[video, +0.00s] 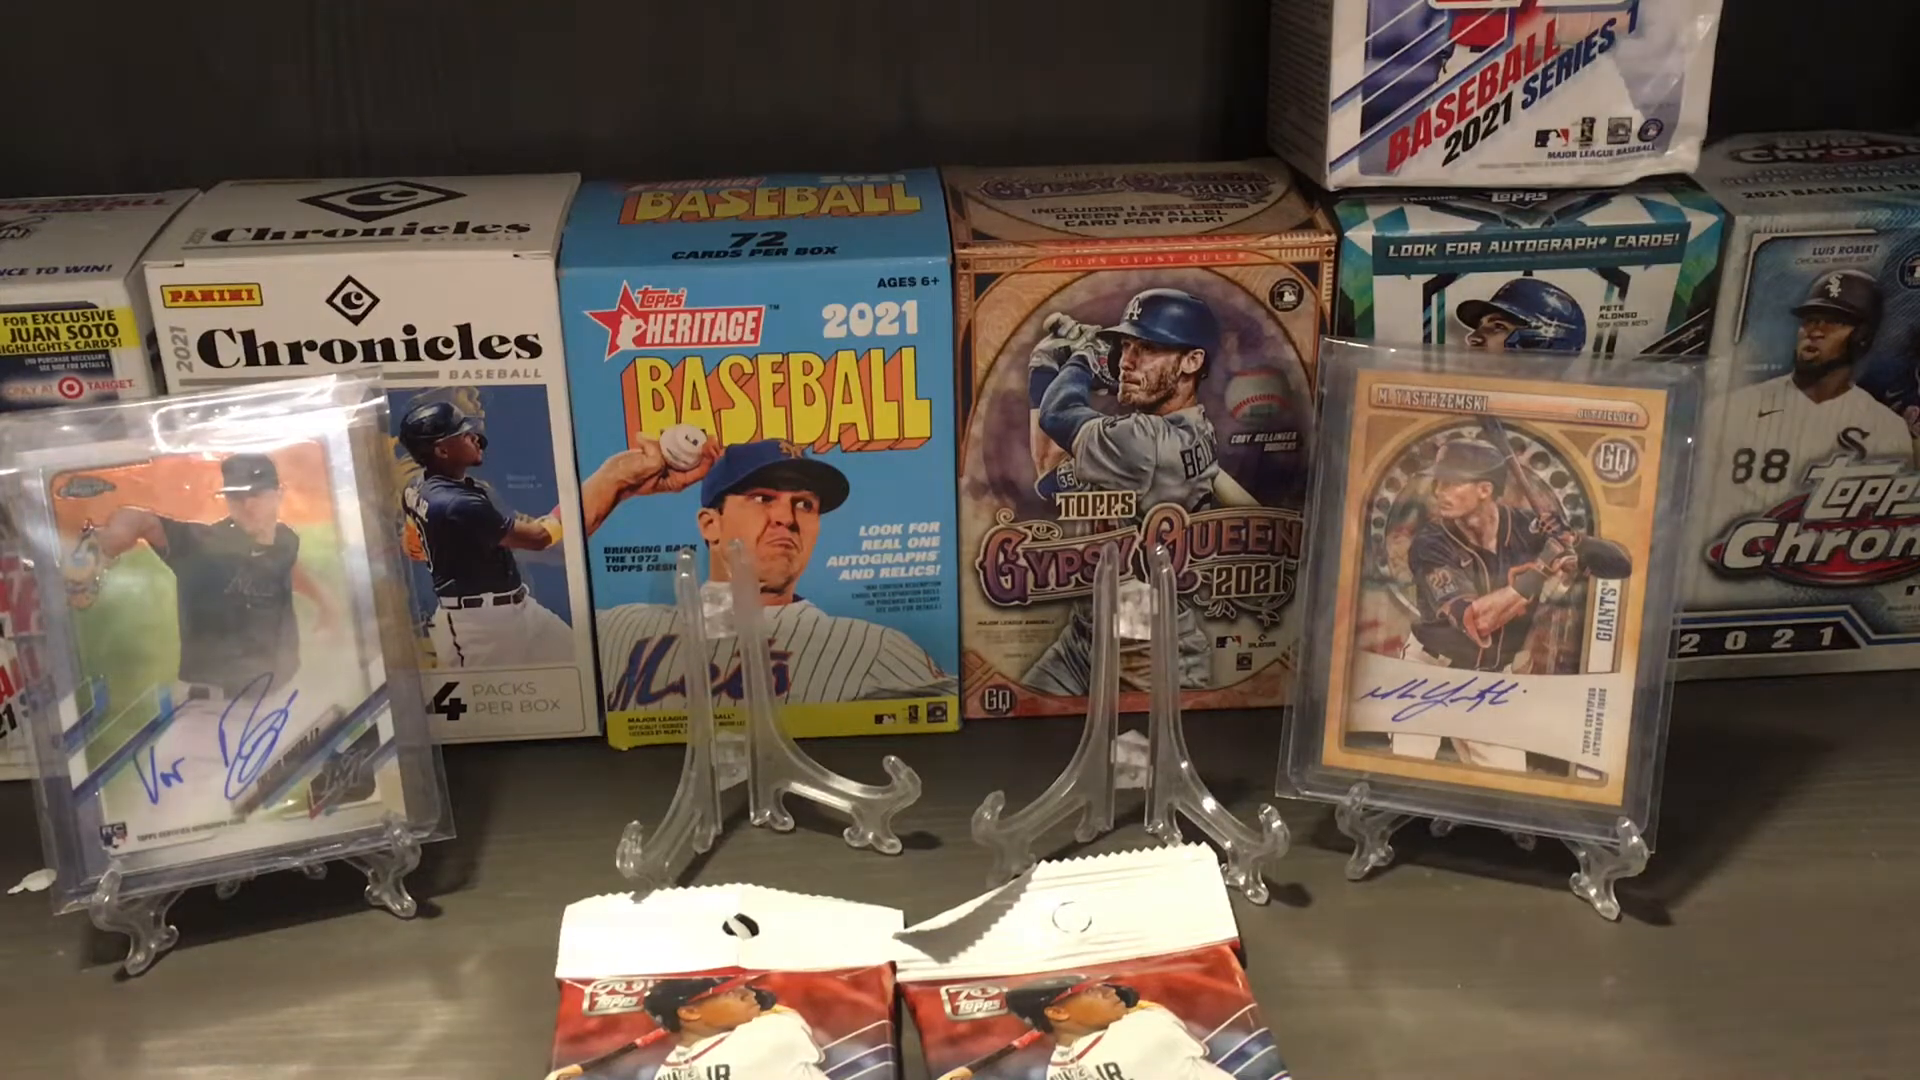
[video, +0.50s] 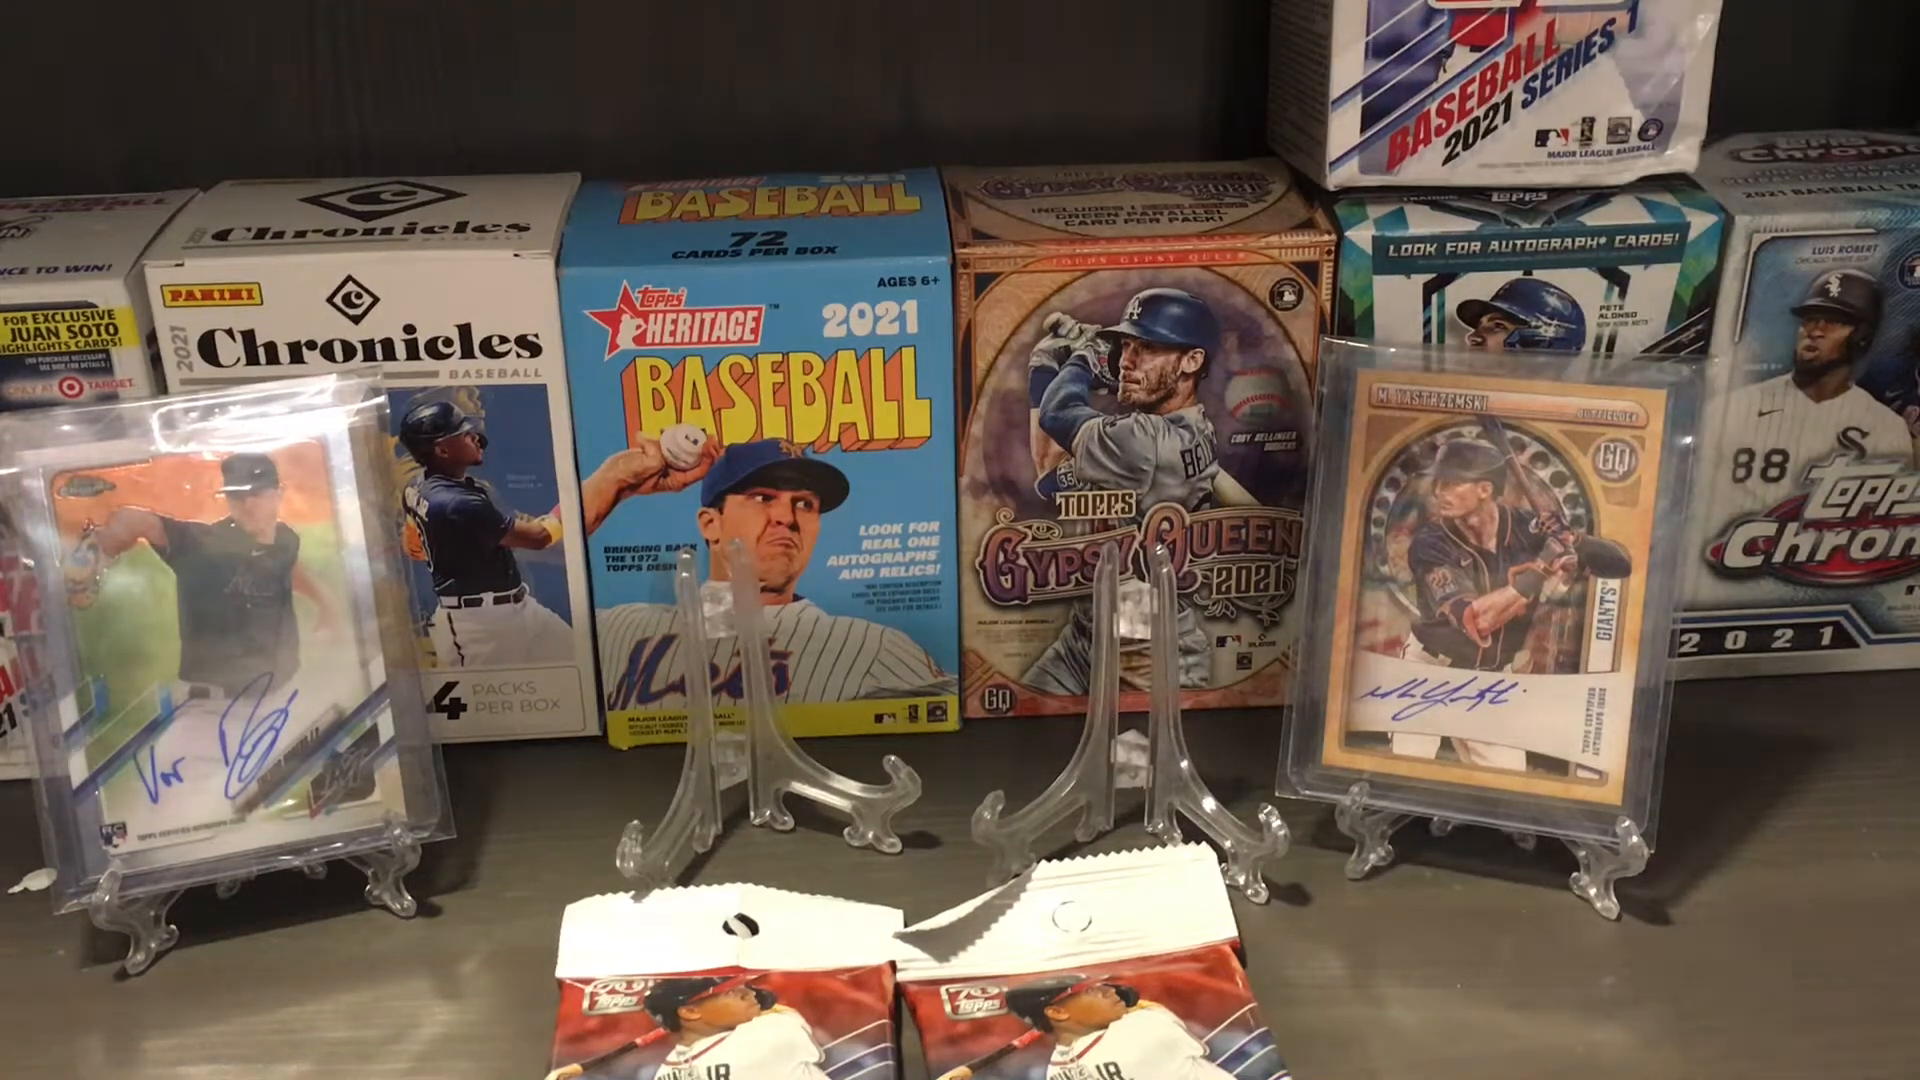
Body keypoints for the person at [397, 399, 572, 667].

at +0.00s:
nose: (475, 436)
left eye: (469, 430)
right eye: (464, 433)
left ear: (442, 450)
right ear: (441, 449)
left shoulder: (420, 489)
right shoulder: (461, 506)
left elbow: (501, 526)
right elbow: (539, 537)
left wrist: (542, 523)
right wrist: (561, 517)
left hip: (519, 609)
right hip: (474, 622)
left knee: (587, 662)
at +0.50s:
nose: (475, 435)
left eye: (469, 429)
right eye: (464, 432)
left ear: (442, 450)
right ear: (442, 449)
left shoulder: (421, 489)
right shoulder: (461, 506)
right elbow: (538, 537)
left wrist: (539, 523)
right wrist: (560, 516)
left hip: (519, 608)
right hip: (473, 622)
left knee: (587, 661)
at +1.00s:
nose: (475, 436)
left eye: (469, 430)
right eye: (464, 433)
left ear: (442, 451)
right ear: (442, 449)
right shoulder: (461, 506)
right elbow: (538, 537)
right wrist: (571, 508)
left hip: (519, 609)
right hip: (474, 623)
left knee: (588, 662)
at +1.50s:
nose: (476, 436)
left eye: (470, 430)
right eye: (465, 432)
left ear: (443, 450)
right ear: (442, 449)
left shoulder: (422, 489)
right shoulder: (460, 506)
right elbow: (538, 537)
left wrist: (552, 520)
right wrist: (567, 513)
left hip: (520, 609)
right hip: (474, 622)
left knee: (586, 663)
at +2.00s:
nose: (475, 436)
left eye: (470, 430)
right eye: (465, 433)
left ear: (442, 451)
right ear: (442, 450)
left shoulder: (420, 489)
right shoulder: (461, 506)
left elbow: (413, 545)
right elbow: (538, 537)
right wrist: (570, 509)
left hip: (520, 608)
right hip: (475, 622)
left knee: (587, 662)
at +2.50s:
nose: (476, 436)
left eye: (470, 430)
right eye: (465, 433)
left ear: (442, 451)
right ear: (442, 450)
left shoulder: (420, 490)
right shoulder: (460, 506)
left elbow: (414, 545)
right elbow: (539, 537)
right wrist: (569, 510)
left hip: (520, 609)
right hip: (474, 623)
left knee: (588, 663)